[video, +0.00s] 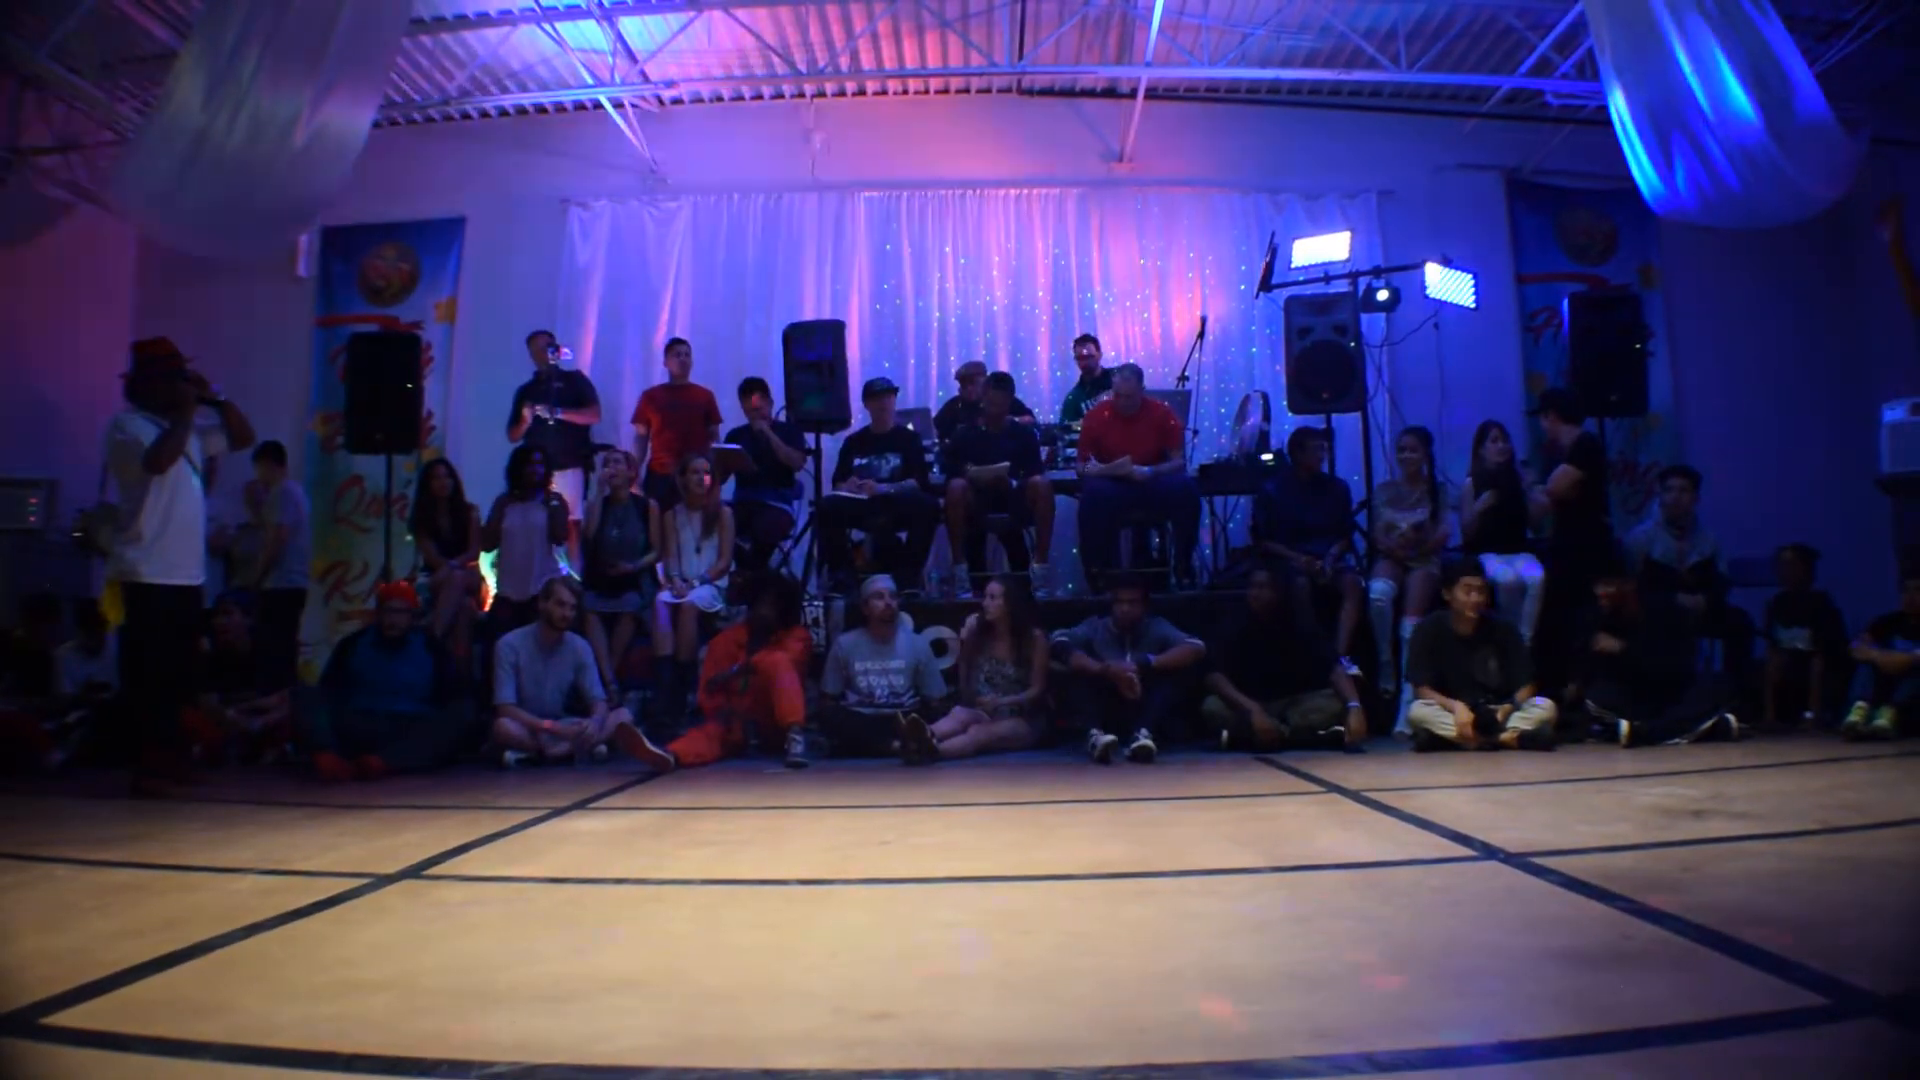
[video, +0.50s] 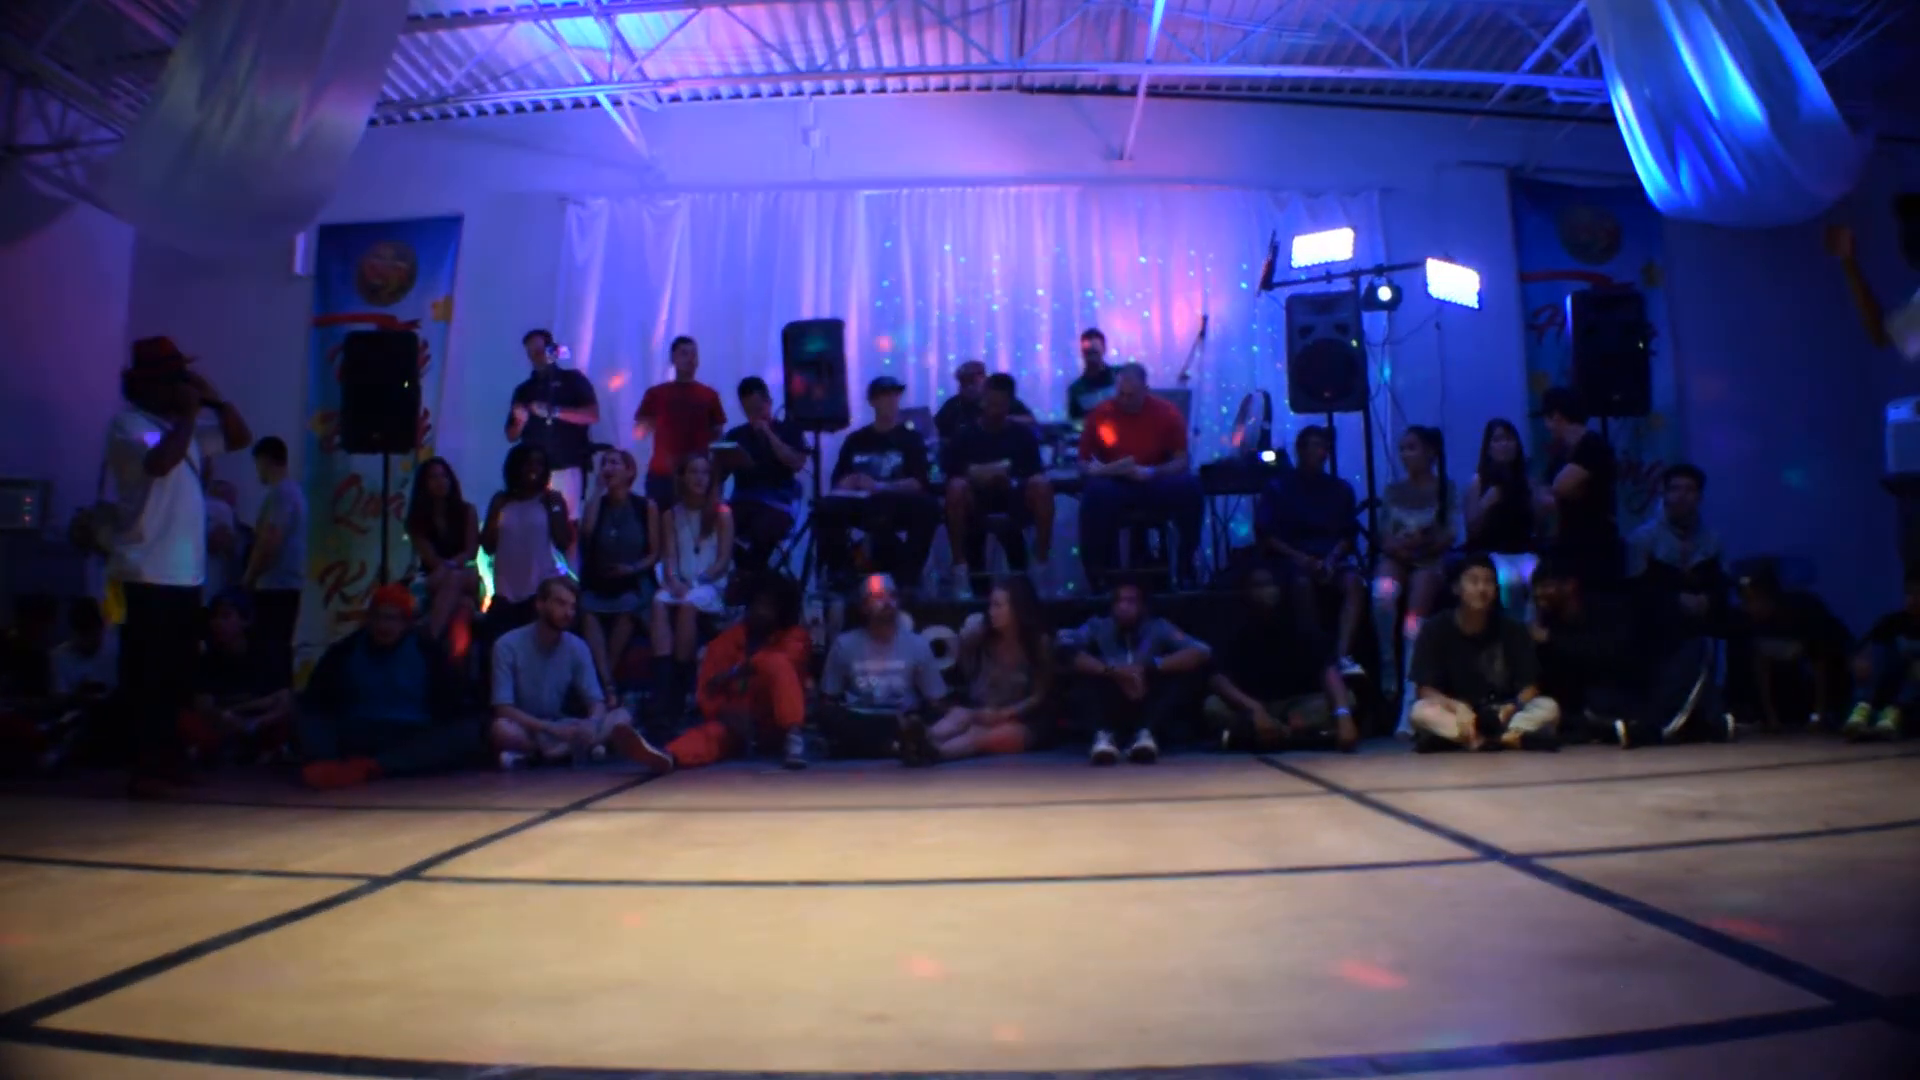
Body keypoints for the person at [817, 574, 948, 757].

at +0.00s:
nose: (888, 603)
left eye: (892, 597)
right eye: (879, 597)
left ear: (898, 602)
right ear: (865, 606)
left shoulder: (916, 645)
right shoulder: (845, 645)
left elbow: (936, 701)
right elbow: (829, 699)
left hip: (905, 715)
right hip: (860, 716)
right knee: (830, 717)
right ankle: (892, 745)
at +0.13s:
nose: (887, 603)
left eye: (892, 596)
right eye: (878, 597)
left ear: (898, 602)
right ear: (865, 606)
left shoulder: (916, 645)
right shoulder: (845, 645)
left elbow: (936, 701)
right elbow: (829, 700)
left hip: (905, 716)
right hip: (861, 718)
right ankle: (894, 746)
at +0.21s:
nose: (888, 603)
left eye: (892, 597)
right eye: (879, 598)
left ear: (898, 602)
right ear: (865, 607)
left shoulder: (916, 644)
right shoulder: (845, 645)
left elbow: (937, 700)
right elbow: (829, 699)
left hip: (904, 715)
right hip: (861, 717)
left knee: (963, 713)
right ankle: (894, 746)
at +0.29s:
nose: (888, 603)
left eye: (892, 597)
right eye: (879, 598)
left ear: (898, 602)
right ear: (865, 607)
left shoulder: (916, 644)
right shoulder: (845, 645)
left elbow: (936, 700)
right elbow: (829, 699)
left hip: (905, 716)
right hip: (861, 718)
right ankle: (894, 747)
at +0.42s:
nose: (887, 603)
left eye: (891, 597)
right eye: (878, 598)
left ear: (898, 602)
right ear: (865, 606)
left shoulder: (916, 644)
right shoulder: (845, 645)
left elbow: (936, 701)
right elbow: (829, 699)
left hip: (908, 717)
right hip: (863, 717)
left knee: (964, 714)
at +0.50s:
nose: (886, 603)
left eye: (891, 596)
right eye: (878, 598)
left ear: (897, 601)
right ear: (864, 605)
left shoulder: (916, 645)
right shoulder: (845, 645)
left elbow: (937, 702)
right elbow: (829, 701)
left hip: (908, 721)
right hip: (862, 722)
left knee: (964, 714)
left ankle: (925, 747)